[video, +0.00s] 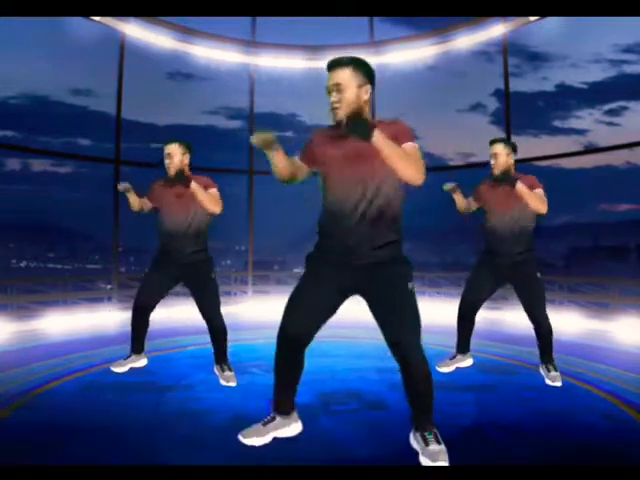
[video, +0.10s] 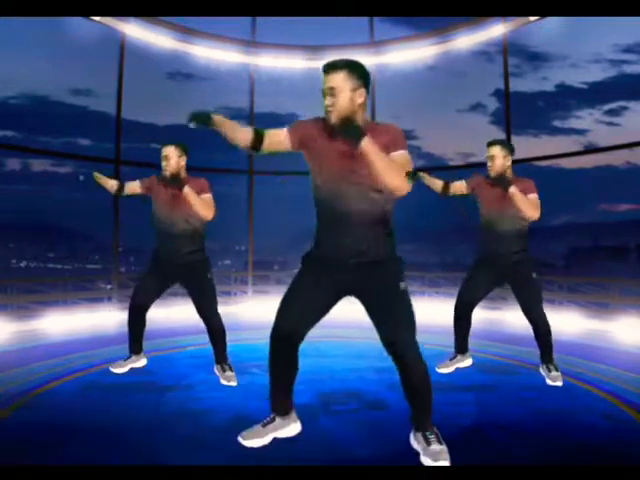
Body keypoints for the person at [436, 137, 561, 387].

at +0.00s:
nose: (494, 161)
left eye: (498, 156)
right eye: (492, 156)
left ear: (512, 157)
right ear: (490, 159)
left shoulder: (529, 183)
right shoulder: (485, 189)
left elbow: (542, 208)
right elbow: (466, 209)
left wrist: (517, 184)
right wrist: (457, 195)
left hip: (522, 262)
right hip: (491, 262)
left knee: (539, 317)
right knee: (467, 306)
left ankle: (548, 364)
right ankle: (462, 354)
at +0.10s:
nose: (489, 163)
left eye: (494, 158)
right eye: (487, 158)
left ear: (508, 159)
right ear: (487, 161)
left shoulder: (524, 185)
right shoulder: (479, 183)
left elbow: (533, 214)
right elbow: (447, 189)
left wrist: (510, 188)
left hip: (518, 263)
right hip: (488, 262)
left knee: (535, 314)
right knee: (463, 305)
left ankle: (548, 364)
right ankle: (461, 355)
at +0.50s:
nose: (480, 162)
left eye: (482, 157)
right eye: (480, 158)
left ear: (492, 156)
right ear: (497, 157)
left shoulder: (496, 176)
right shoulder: (501, 179)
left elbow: (458, 182)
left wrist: (433, 173)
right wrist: (441, 176)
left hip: (499, 258)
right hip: (489, 256)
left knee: (513, 313)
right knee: (464, 300)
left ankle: (548, 359)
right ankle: (461, 354)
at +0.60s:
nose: (480, 164)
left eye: (483, 159)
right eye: (479, 160)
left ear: (495, 158)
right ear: (486, 161)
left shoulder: (511, 178)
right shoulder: (490, 183)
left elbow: (500, 196)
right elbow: (480, 208)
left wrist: (480, 182)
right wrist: (476, 190)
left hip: (510, 259)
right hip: (489, 259)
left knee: (521, 312)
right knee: (469, 302)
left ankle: (546, 363)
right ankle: (461, 353)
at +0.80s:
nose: (487, 168)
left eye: (490, 162)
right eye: (485, 163)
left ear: (505, 160)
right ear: (487, 165)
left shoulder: (526, 181)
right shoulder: (492, 190)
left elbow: (532, 212)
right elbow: (478, 216)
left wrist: (508, 183)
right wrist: (470, 193)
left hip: (524, 261)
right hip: (498, 260)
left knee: (533, 316)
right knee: (473, 304)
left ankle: (548, 365)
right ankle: (462, 354)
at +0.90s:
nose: (490, 167)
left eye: (493, 161)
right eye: (487, 162)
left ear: (507, 159)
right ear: (489, 164)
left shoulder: (530, 181)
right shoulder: (493, 191)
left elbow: (538, 210)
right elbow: (478, 215)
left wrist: (512, 183)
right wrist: (471, 192)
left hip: (525, 261)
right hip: (498, 260)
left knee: (535, 316)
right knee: (475, 305)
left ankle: (548, 365)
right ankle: (462, 354)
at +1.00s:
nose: (490, 168)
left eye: (493, 162)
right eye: (487, 164)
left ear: (508, 160)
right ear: (488, 165)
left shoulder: (530, 182)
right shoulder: (495, 191)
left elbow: (540, 212)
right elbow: (478, 216)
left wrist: (513, 185)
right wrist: (469, 195)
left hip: (526, 262)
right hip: (498, 261)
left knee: (534, 317)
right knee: (473, 305)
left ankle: (548, 364)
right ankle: (462, 354)